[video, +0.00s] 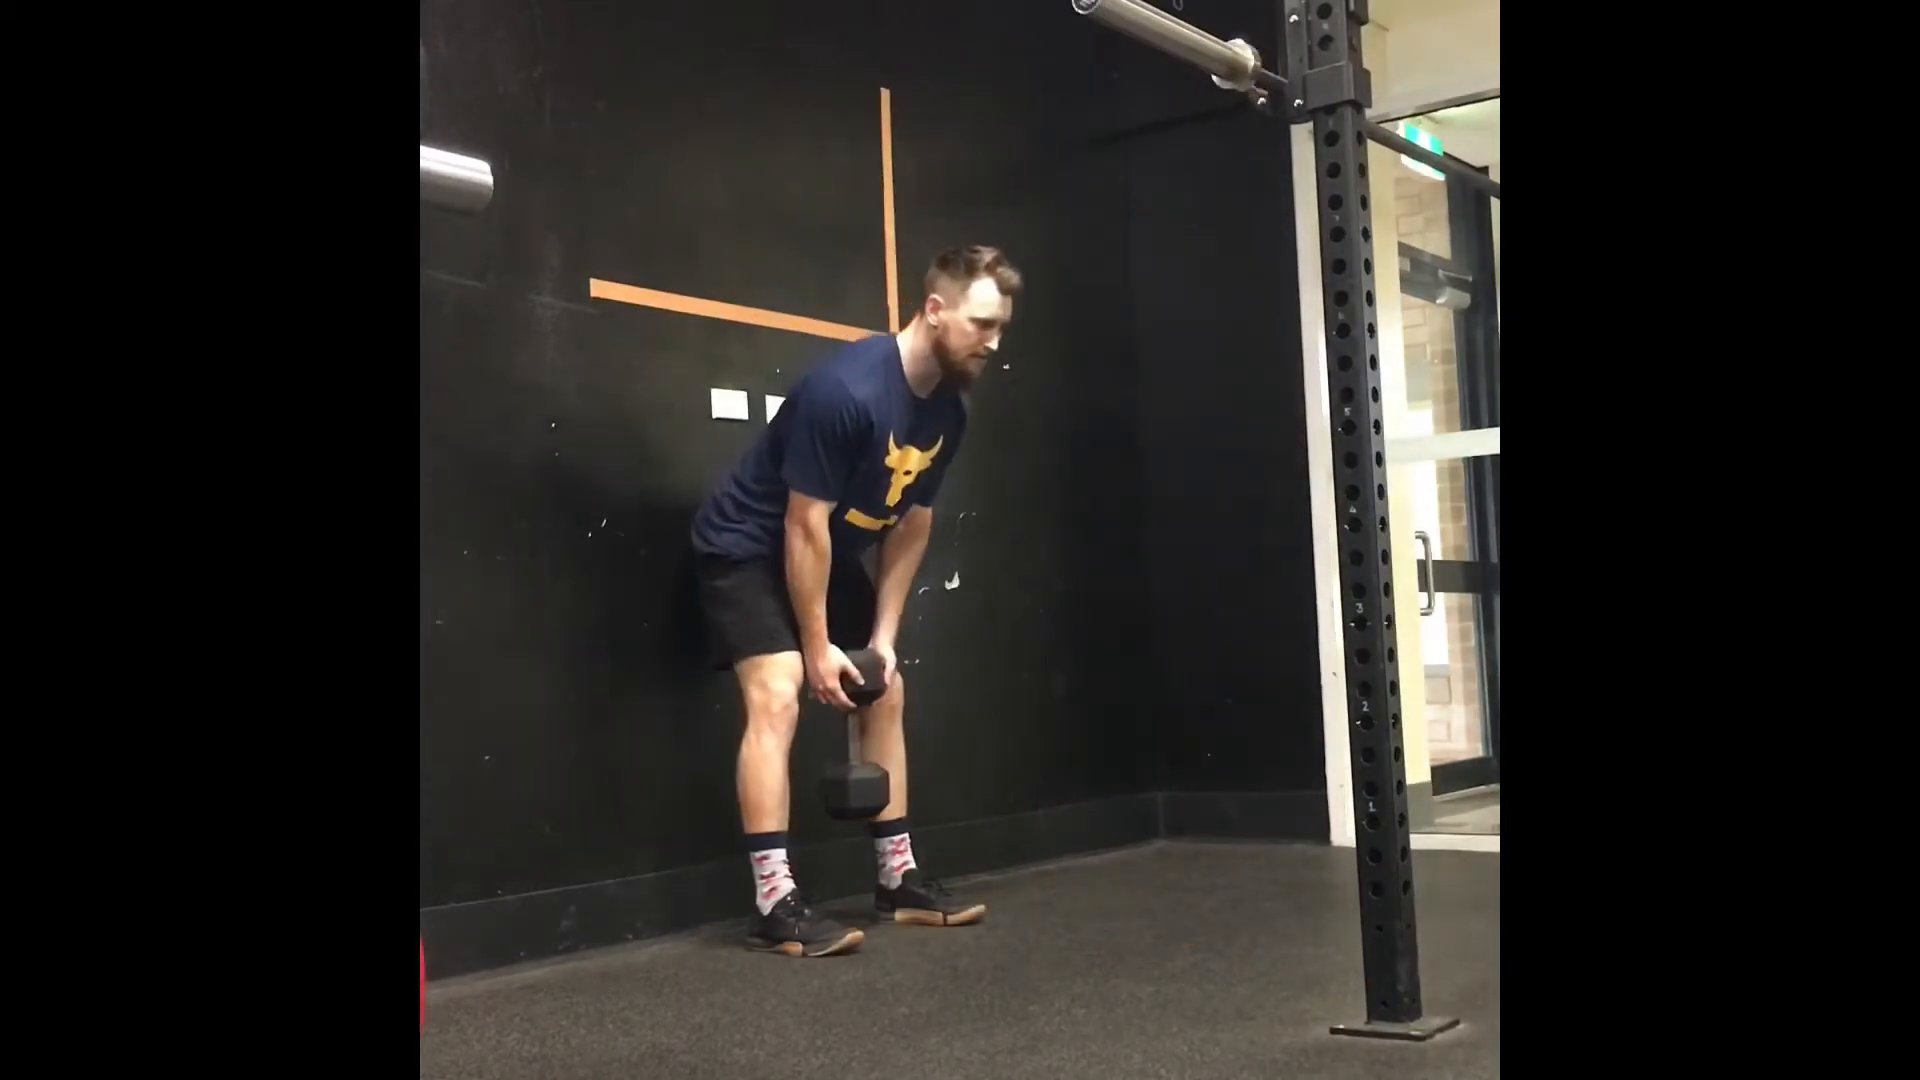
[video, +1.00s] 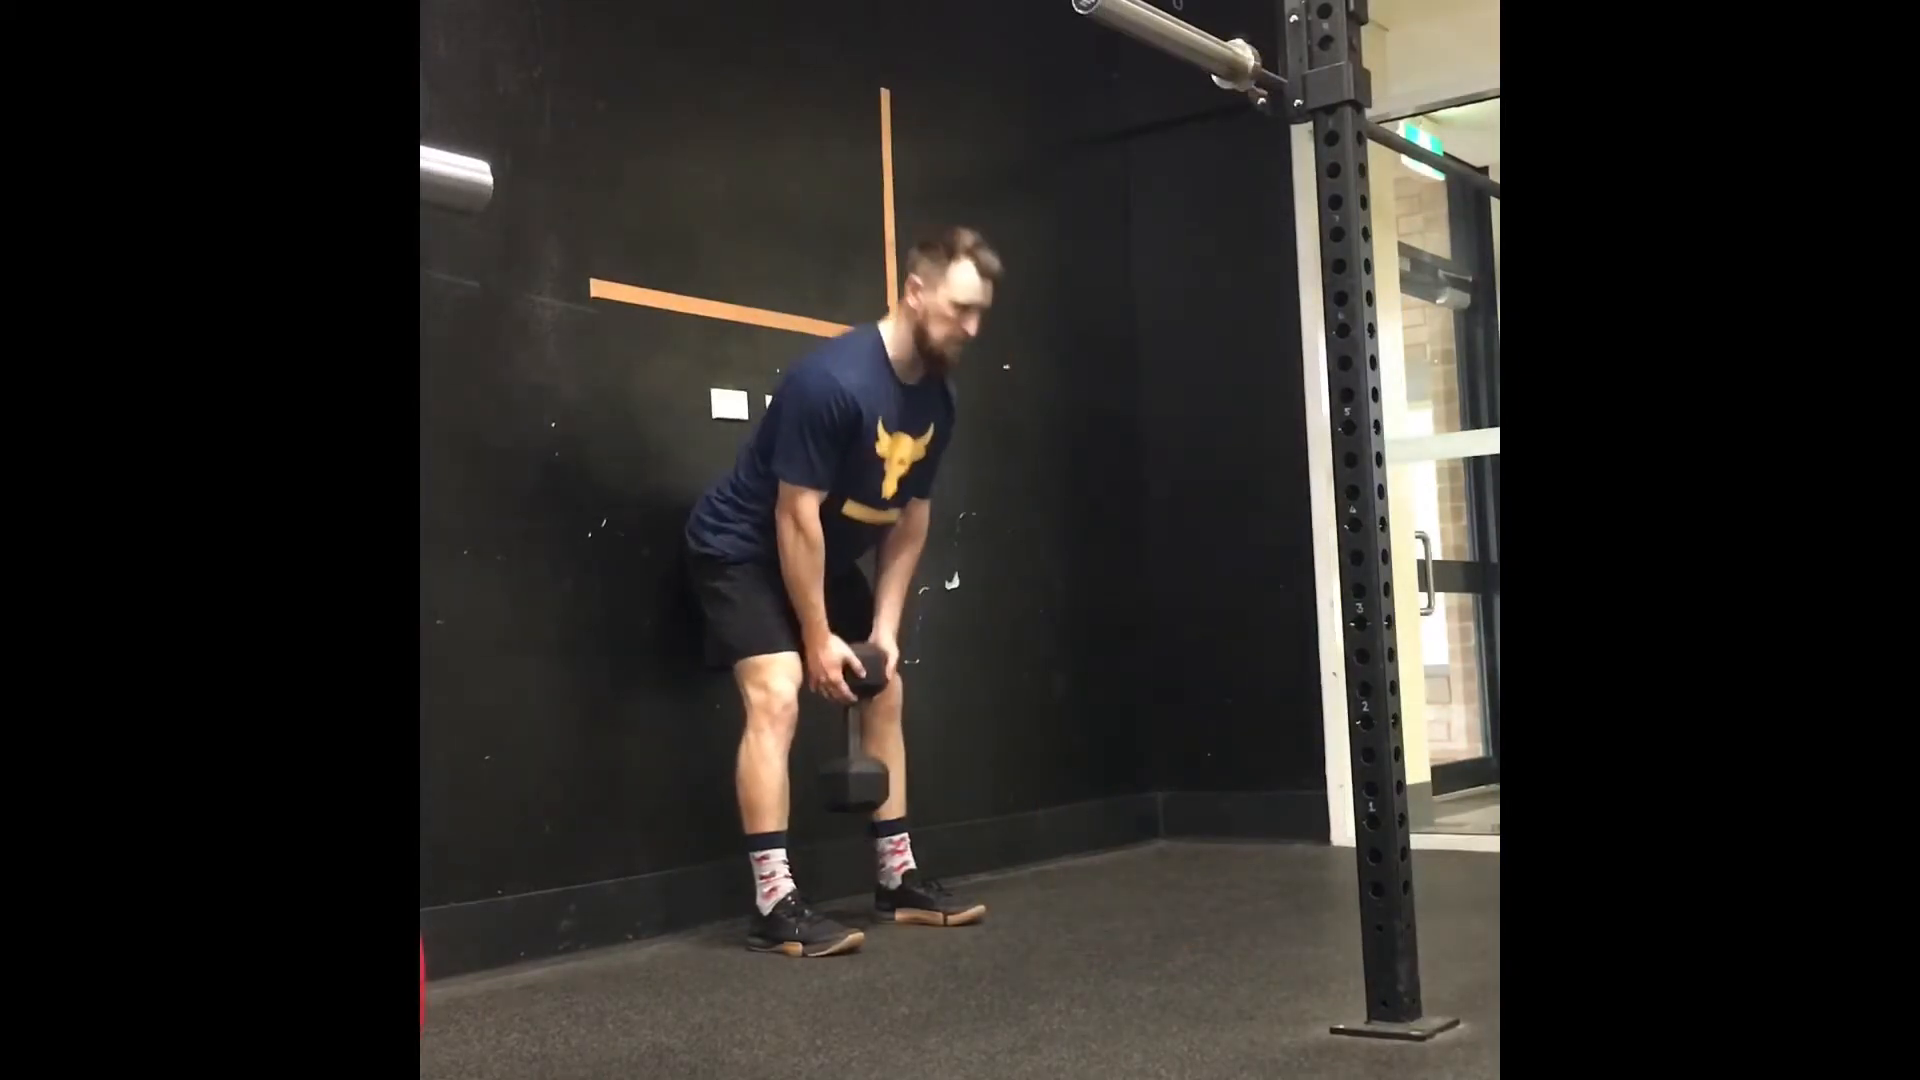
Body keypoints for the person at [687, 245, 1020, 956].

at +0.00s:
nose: (992, 344)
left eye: (1000, 329)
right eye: (981, 324)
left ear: (999, 328)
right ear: (933, 312)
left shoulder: (949, 407)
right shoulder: (842, 390)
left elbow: (908, 525)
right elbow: (805, 528)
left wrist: (882, 638)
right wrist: (815, 644)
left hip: (832, 544)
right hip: (747, 538)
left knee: (881, 684)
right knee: (776, 695)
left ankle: (897, 882)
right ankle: (775, 903)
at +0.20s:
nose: (999, 368)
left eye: (1008, 353)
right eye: (989, 348)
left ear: (1010, 351)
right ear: (941, 334)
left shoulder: (952, 423)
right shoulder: (848, 411)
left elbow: (910, 542)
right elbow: (808, 547)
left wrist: (883, 655)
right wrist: (816, 664)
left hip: (829, 555)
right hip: (742, 544)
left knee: (881, 690)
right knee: (774, 696)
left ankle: (898, 881)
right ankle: (775, 904)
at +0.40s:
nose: (999, 387)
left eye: (1008, 373)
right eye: (990, 368)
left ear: (1008, 369)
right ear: (942, 353)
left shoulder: (952, 441)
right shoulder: (849, 429)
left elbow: (908, 557)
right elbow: (807, 560)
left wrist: (884, 669)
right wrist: (814, 682)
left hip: (823, 560)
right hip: (735, 548)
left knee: (881, 691)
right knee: (772, 698)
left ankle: (898, 879)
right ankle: (776, 904)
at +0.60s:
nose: (1000, 393)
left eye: (1009, 379)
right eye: (991, 374)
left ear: (1010, 375)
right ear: (943, 357)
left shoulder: (952, 444)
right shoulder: (849, 432)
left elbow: (910, 559)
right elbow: (806, 561)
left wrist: (883, 669)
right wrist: (813, 684)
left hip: (824, 560)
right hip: (734, 547)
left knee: (880, 688)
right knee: (773, 697)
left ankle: (897, 878)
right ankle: (776, 903)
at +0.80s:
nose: (996, 385)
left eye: (1005, 371)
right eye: (986, 365)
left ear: (1006, 369)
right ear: (938, 352)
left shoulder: (950, 440)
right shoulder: (846, 427)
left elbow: (908, 558)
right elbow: (804, 557)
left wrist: (883, 666)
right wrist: (810, 679)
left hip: (825, 558)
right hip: (735, 547)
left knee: (880, 689)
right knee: (771, 698)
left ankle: (897, 879)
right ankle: (776, 904)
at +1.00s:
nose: (972, 329)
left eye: (981, 315)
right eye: (961, 309)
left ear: (986, 312)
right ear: (914, 293)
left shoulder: (936, 397)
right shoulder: (830, 381)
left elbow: (908, 526)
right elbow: (796, 520)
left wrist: (882, 631)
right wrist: (815, 636)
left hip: (825, 546)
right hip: (742, 542)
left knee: (883, 684)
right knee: (774, 696)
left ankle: (896, 881)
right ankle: (775, 906)